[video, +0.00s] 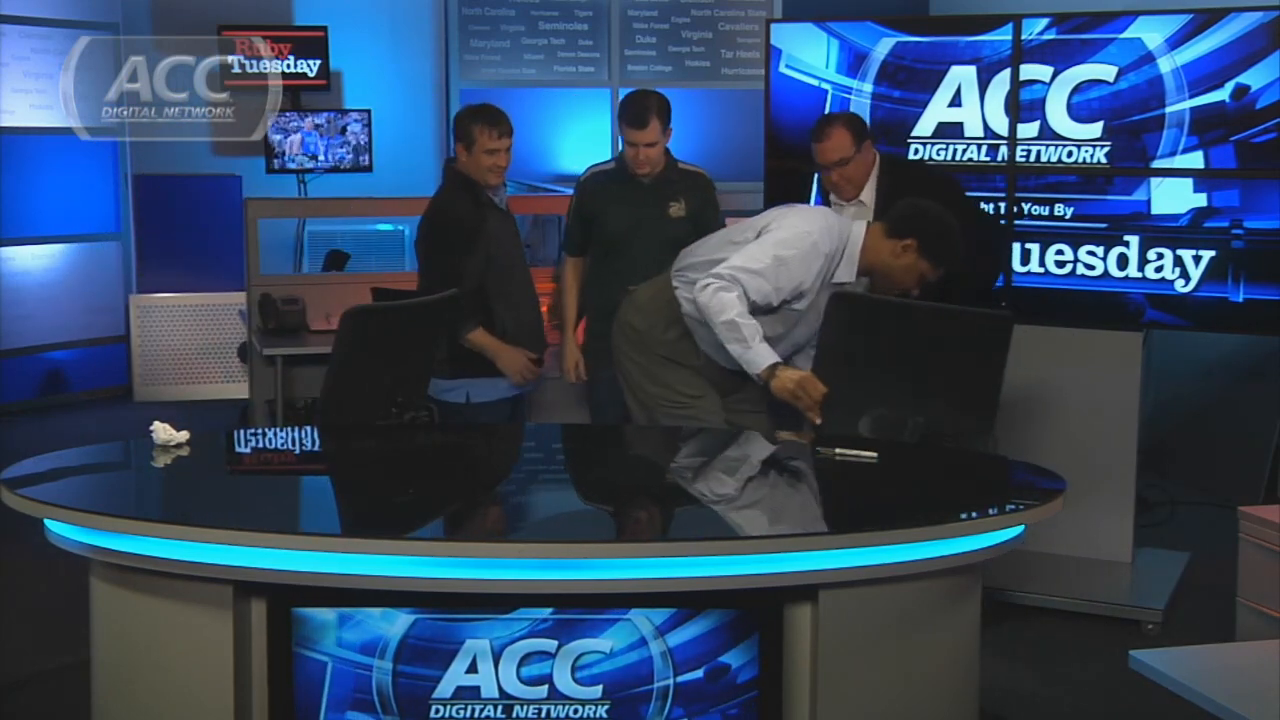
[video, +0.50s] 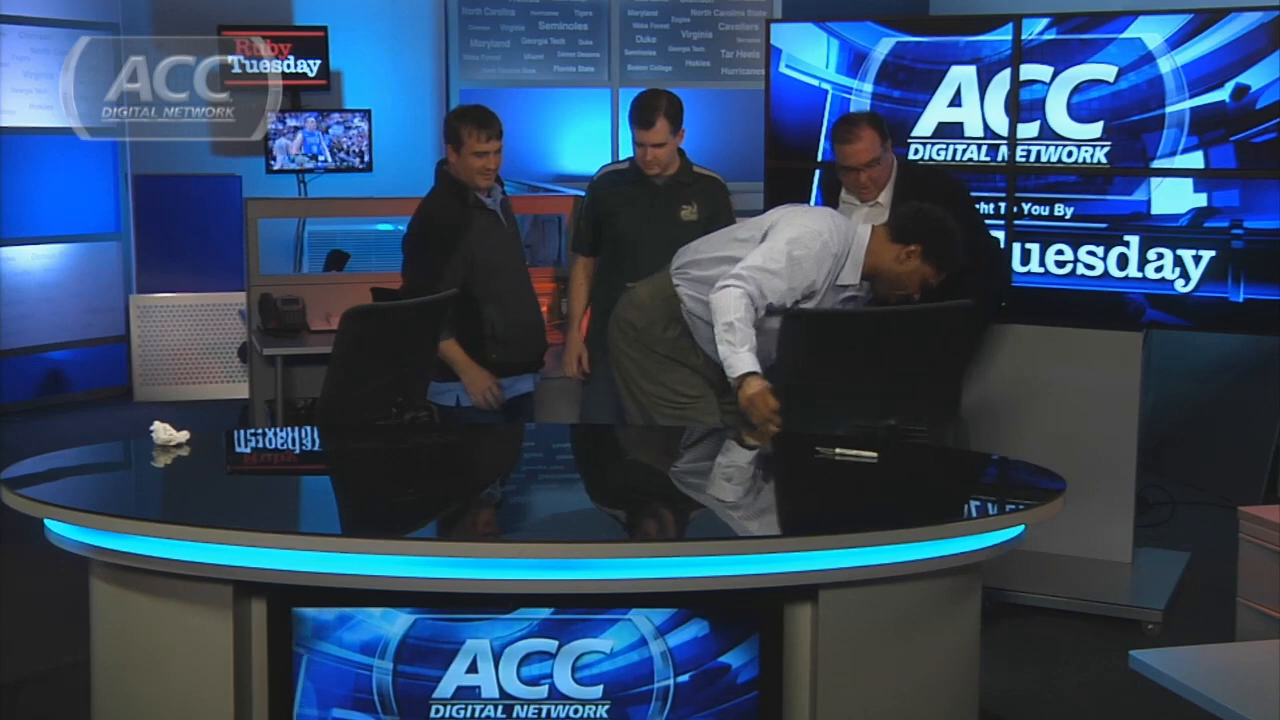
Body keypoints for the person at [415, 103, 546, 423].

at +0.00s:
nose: (502, 161)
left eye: (507, 151)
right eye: (491, 153)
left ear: (512, 147)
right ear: (462, 152)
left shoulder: (486, 204)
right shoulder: (451, 210)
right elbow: (443, 305)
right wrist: (500, 352)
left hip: (499, 384)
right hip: (471, 388)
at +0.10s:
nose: (502, 162)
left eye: (506, 152)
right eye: (490, 154)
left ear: (511, 148)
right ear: (461, 153)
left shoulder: (491, 203)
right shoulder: (448, 212)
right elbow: (435, 307)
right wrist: (491, 358)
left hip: (503, 384)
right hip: (469, 390)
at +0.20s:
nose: (499, 163)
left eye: (503, 153)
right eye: (487, 155)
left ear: (509, 148)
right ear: (458, 154)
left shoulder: (494, 204)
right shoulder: (443, 214)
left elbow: (503, 285)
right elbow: (430, 308)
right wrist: (484, 361)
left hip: (511, 382)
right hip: (468, 391)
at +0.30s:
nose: (496, 163)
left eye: (501, 153)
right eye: (485, 155)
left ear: (506, 148)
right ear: (455, 154)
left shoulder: (495, 202)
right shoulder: (440, 215)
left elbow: (505, 283)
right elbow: (429, 310)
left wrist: (528, 349)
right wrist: (479, 364)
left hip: (513, 381)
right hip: (466, 391)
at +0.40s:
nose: (494, 163)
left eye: (499, 153)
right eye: (483, 155)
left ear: (504, 148)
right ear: (454, 155)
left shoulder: (496, 200)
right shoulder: (436, 216)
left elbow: (507, 282)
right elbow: (425, 308)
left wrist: (530, 347)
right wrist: (473, 365)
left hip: (514, 378)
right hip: (464, 390)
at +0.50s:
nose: (491, 164)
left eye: (497, 153)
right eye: (480, 155)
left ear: (502, 149)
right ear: (452, 154)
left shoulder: (496, 198)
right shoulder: (435, 217)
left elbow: (506, 280)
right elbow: (422, 309)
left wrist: (528, 346)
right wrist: (467, 369)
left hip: (515, 379)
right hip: (463, 391)